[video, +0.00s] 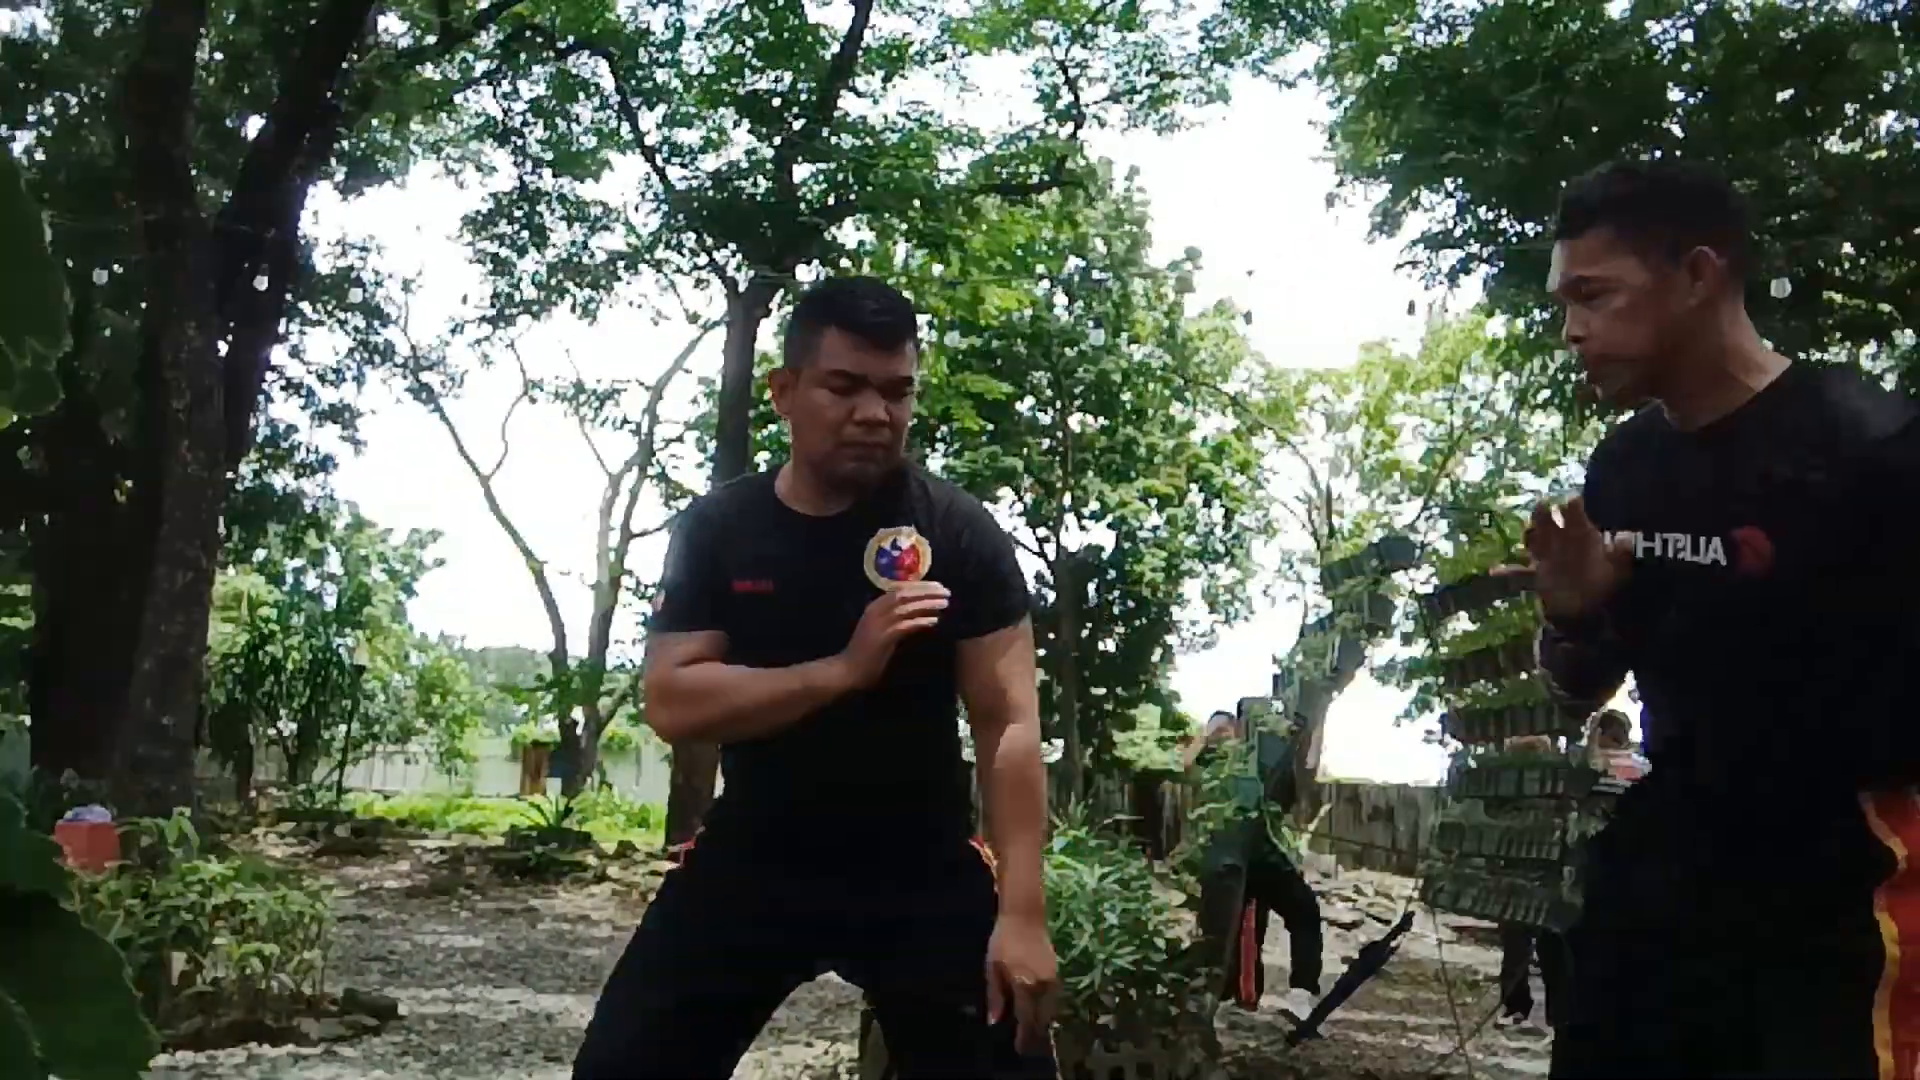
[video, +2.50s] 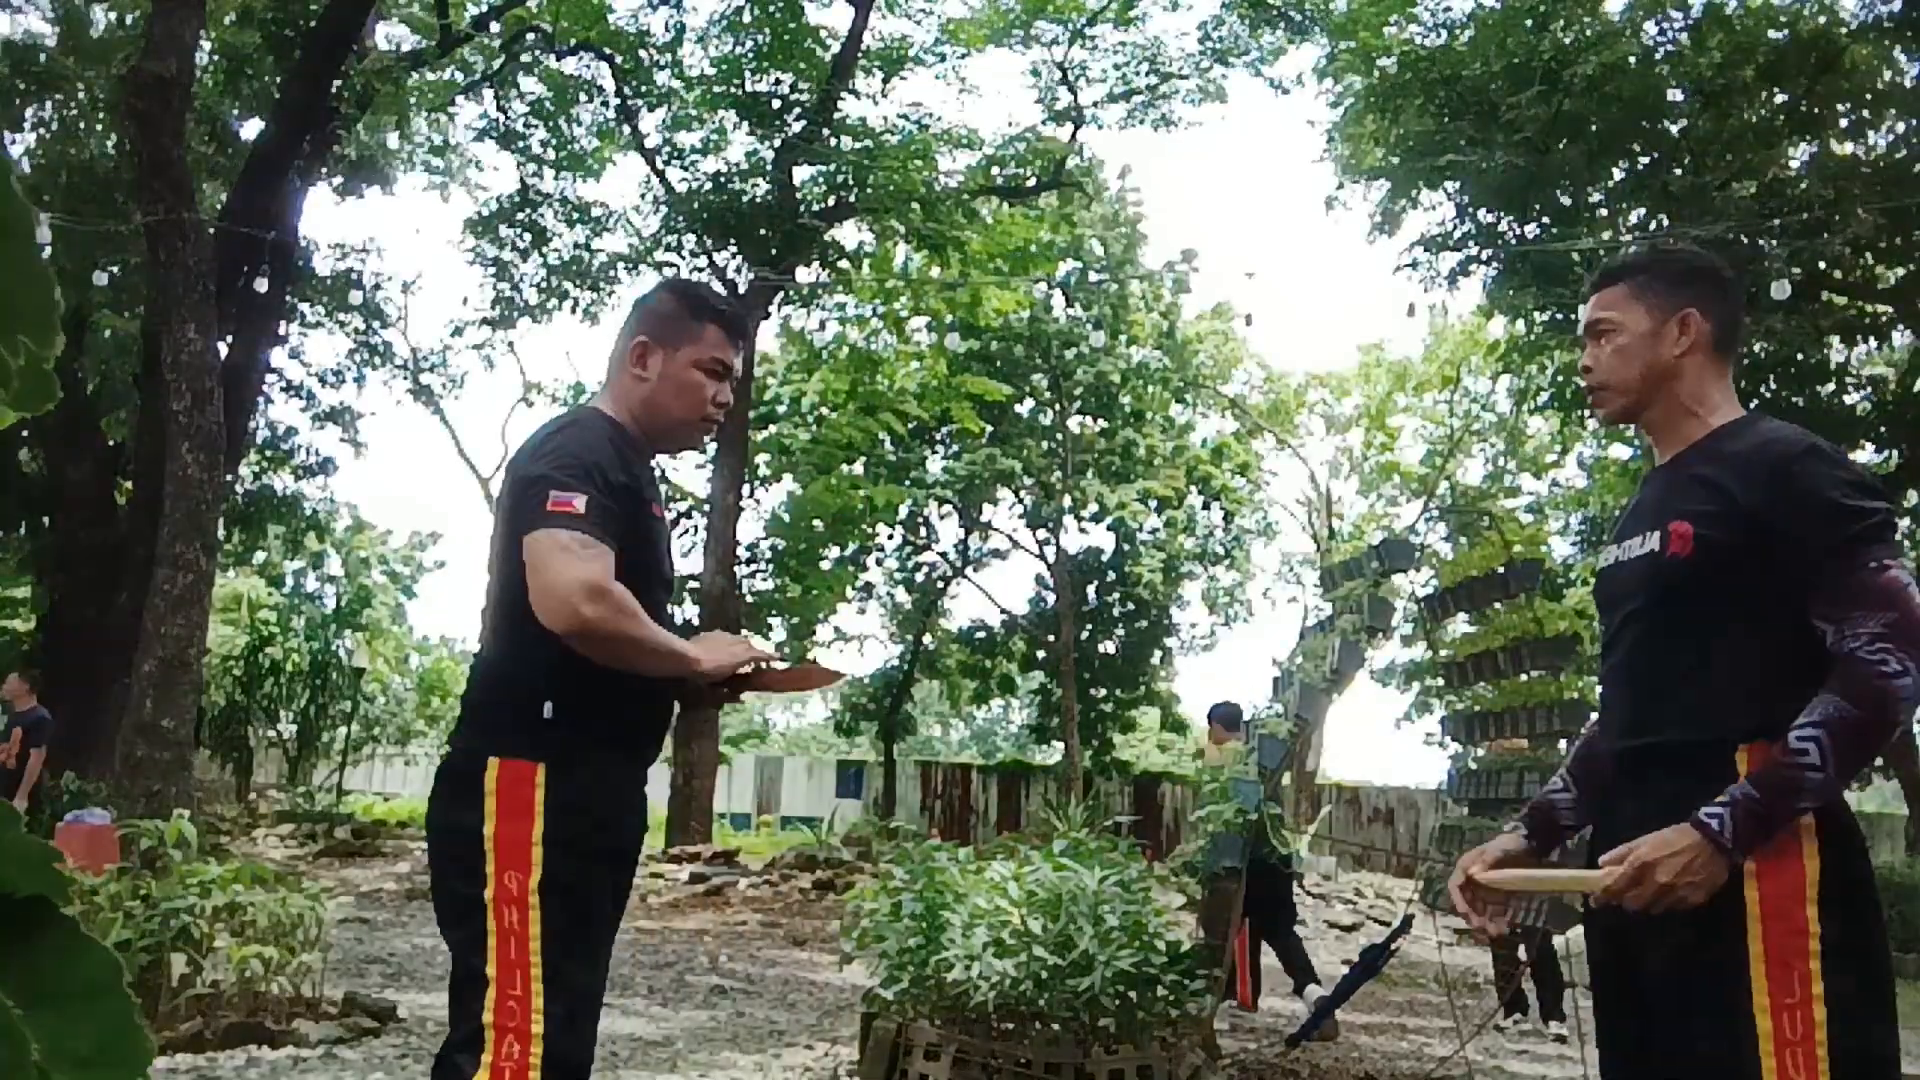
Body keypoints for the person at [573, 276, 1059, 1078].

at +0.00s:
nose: (873, 415)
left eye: (895, 392)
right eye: (844, 388)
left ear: (914, 398)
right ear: (783, 393)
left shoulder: (961, 533)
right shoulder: (716, 526)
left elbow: (1007, 722)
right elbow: (671, 702)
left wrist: (1024, 913)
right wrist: (842, 671)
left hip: (917, 867)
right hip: (754, 862)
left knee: (1003, 1060)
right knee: (621, 1062)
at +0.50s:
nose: (824, 409)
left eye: (836, 392)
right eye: (821, 379)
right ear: (756, 343)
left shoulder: (775, 482)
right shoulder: (596, 443)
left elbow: (781, 632)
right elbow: (479, 600)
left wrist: (775, 769)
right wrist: (573, 771)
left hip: (717, 826)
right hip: (582, 819)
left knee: (742, 1061)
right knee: (566, 1062)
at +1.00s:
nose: (956, 854)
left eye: (972, 844)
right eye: (970, 835)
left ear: (937, 786)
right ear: (944, 790)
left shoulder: (853, 856)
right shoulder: (810, 753)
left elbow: (829, 1003)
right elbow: (639, 783)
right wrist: (656, 936)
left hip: (670, 886)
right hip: (565, 852)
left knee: (751, 1035)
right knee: (594, 1050)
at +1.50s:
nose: (973, 786)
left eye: (988, 773)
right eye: (985, 764)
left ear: (949, 722)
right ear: (953, 721)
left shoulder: (854, 795)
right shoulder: (844, 716)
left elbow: (795, 914)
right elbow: (688, 772)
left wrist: (806, 1050)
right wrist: (676, 929)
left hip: (665, 853)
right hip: (584, 822)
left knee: (728, 1025)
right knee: (621, 1037)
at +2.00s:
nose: (793, 394)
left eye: (798, 378)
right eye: (780, 368)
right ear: (709, 353)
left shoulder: (696, 472)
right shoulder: (648, 437)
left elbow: (654, 638)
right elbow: (594, 592)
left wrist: (699, 746)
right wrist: (728, 721)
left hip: (622, 792)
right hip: (571, 786)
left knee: (628, 1051)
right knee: (569, 1054)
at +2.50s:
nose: (726, 399)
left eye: (731, 382)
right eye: (713, 372)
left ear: (650, 365)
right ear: (644, 358)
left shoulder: (625, 472)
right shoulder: (581, 446)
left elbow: (612, 633)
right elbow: (572, 600)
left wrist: (710, 671)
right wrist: (691, 656)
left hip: (581, 788)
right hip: (529, 786)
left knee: (552, 1046)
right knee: (516, 1050)